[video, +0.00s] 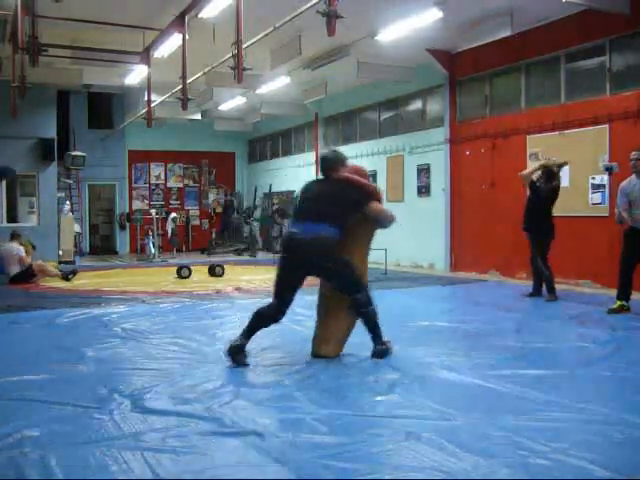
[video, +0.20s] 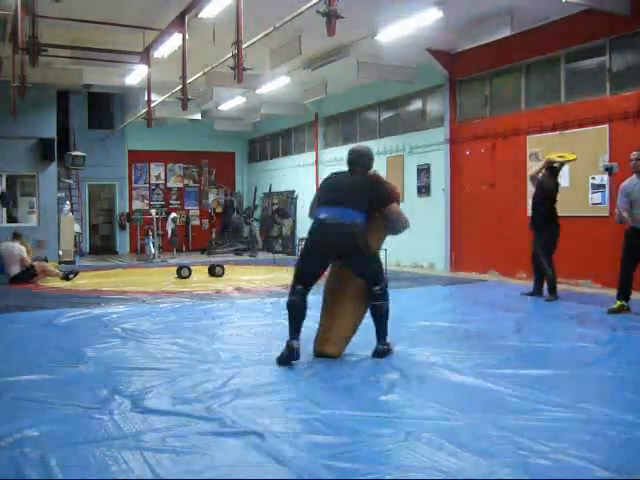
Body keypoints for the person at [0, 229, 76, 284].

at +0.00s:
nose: (20, 240)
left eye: (19, 239)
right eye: (19, 239)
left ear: (10, 238)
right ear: (18, 239)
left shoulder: (4, 247)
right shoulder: (18, 248)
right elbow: (26, 263)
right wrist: (29, 253)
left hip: (10, 277)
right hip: (18, 276)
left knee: (43, 270)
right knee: (39, 265)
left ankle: (63, 274)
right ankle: (63, 275)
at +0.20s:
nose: (21, 242)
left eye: (20, 241)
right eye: (21, 240)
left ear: (12, 238)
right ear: (20, 239)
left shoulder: (3, 246)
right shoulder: (20, 248)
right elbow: (27, 263)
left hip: (10, 277)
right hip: (19, 276)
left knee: (45, 272)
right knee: (42, 266)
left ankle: (64, 275)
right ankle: (63, 275)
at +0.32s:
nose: (20, 240)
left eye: (19, 238)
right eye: (20, 238)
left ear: (11, 237)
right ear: (18, 238)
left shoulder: (4, 246)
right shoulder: (17, 248)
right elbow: (23, 263)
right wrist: (29, 256)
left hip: (10, 276)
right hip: (16, 276)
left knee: (40, 266)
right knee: (41, 265)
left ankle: (63, 275)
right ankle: (63, 275)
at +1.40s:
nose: (25, 242)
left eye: (25, 240)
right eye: (24, 240)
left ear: (14, 238)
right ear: (21, 239)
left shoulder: (4, 246)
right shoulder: (21, 249)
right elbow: (25, 265)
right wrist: (28, 255)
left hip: (9, 277)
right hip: (16, 277)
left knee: (43, 270)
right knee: (39, 266)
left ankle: (64, 275)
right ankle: (63, 276)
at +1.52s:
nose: (24, 242)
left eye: (24, 240)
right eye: (24, 240)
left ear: (14, 238)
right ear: (21, 239)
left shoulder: (4, 246)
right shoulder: (20, 249)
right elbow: (25, 264)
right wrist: (28, 255)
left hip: (10, 277)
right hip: (17, 276)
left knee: (40, 266)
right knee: (40, 265)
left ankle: (63, 274)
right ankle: (63, 275)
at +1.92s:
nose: (15, 240)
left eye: (16, 238)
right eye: (14, 238)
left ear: (15, 238)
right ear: (8, 237)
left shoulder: (16, 247)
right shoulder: (4, 247)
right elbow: (4, 260)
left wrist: (26, 255)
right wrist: (17, 256)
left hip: (21, 272)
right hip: (13, 275)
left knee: (44, 269)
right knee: (38, 264)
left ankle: (63, 275)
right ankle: (62, 275)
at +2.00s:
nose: (14, 238)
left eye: (15, 236)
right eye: (12, 236)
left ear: (17, 237)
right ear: (9, 238)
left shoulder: (19, 247)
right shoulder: (5, 247)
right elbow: (2, 257)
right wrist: (8, 253)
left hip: (23, 273)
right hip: (13, 275)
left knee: (45, 269)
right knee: (39, 264)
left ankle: (64, 274)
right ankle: (62, 275)